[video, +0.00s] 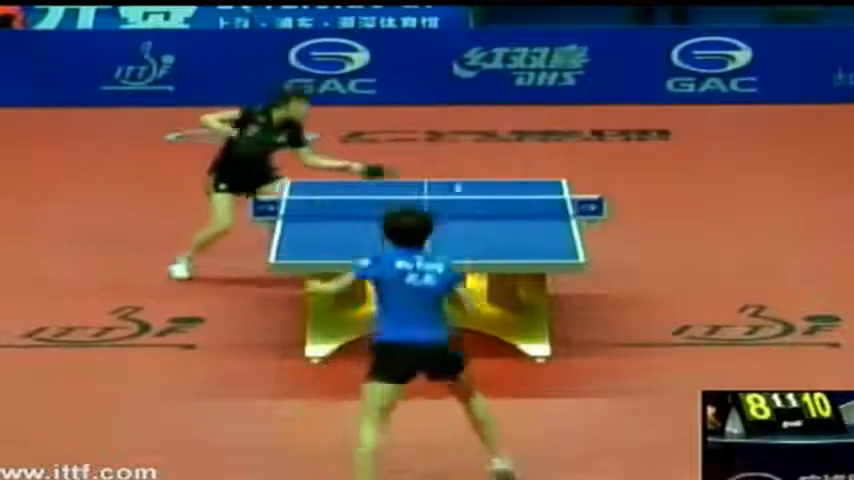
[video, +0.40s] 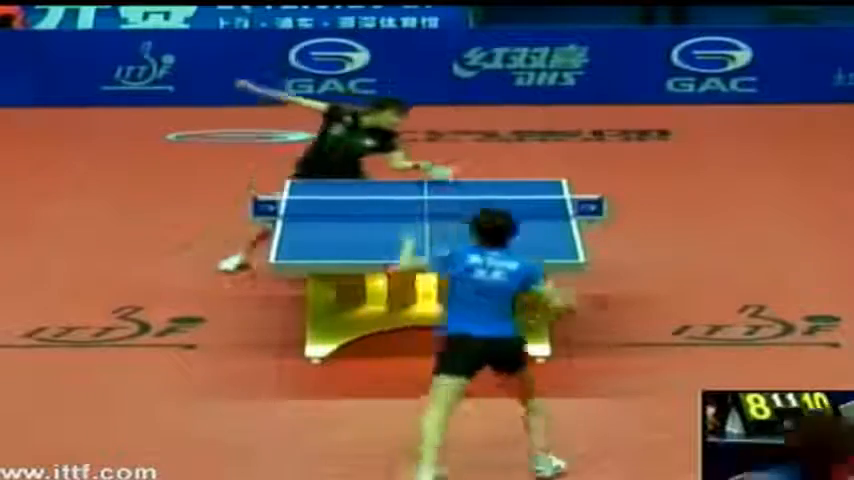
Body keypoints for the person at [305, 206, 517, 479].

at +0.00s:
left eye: (389, 233)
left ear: (389, 236)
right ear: (425, 236)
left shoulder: (379, 263)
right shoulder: (441, 268)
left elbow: (337, 287)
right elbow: (471, 308)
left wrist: (317, 287)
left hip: (394, 348)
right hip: (435, 347)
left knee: (372, 418)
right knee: (470, 397)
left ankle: (366, 472)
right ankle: (498, 458)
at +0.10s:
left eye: (404, 229)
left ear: (406, 232)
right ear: (439, 232)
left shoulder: (393, 259)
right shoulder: (457, 262)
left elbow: (360, 294)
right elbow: (488, 298)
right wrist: (507, 305)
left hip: (409, 343)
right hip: (454, 341)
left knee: (396, 416)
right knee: (483, 397)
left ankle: (406, 473)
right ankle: (512, 456)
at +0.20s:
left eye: (417, 235)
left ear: (420, 239)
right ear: (451, 240)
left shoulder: (406, 265)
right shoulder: (466, 269)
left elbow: (377, 297)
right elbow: (502, 307)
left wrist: (370, 309)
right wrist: (522, 314)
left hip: (420, 350)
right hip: (464, 348)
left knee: (411, 424)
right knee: (495, 400)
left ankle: (416, 474)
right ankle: (527, 453)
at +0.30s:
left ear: (455, 243)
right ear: (487, 244)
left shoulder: (439, 266)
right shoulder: (499, 274)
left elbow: (403, 292)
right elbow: (533, 313)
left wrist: (393, 299)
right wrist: (554, 316)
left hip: (442, 349)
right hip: (485, 350)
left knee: (427, 418)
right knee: (513, 404)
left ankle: (419, 473)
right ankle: (538, 459)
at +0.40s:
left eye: (475, 232)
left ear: (476, 234)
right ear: (509, 237)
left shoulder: (460, 258)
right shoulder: (520, 267)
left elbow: (422, 266)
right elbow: (549, 299)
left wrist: (405, 260)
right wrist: (564, 300)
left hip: (463, 341)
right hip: (504, 343)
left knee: (439, 406)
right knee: (531, 402)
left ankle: (427, 468)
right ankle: (541, 459)